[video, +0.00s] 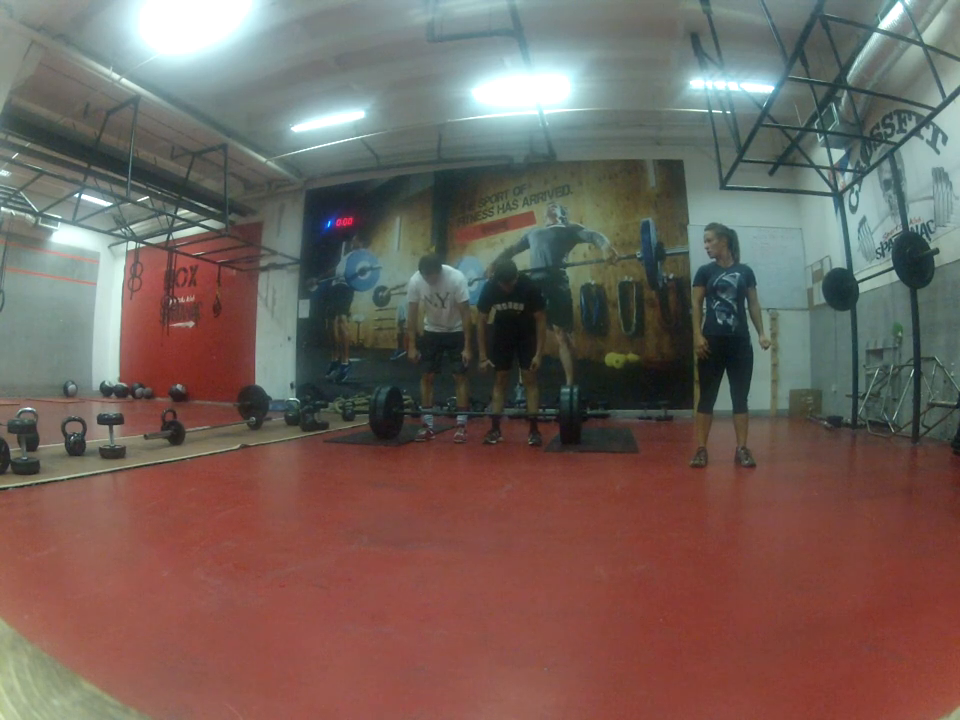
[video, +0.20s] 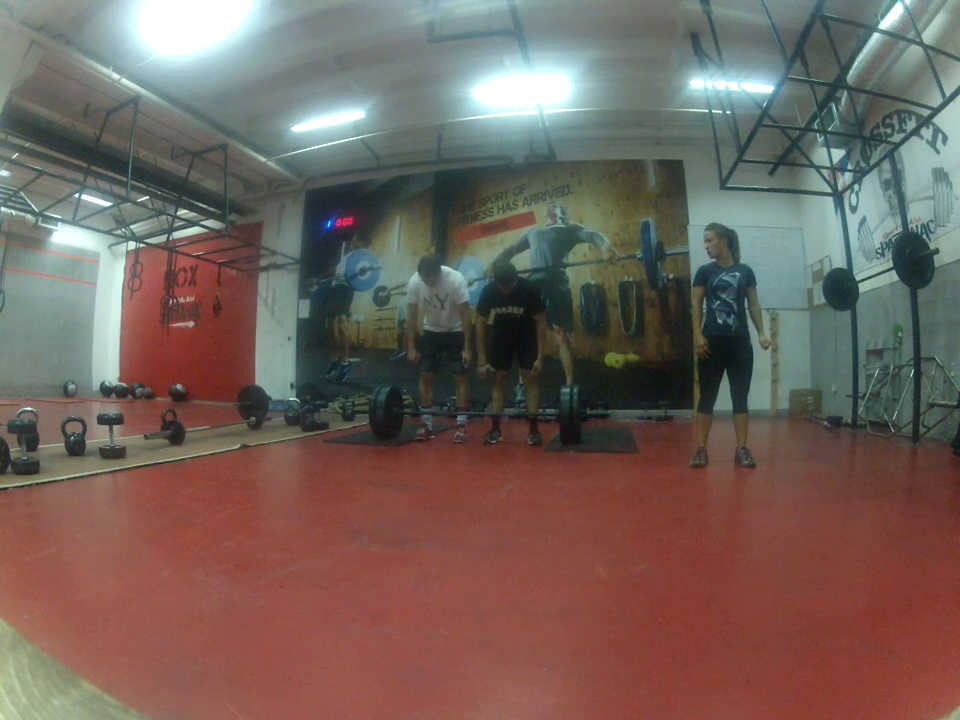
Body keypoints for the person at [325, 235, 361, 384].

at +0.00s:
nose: (353, 243)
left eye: (356, 241)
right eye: (353, 241)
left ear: (361, 243)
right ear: (352, 242)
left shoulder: (360, 256)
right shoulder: (347, 256)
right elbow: (336, 273)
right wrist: (319, 279)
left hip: (346, 288)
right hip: (335, 288)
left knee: (342, 324)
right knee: (334, 324)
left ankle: (345, 362)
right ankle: (335, 361)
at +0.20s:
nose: (354, 243)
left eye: (356, 241)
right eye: (354, 240)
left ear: (361, 243)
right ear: (353, 242)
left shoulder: (360, 256)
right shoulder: (348, 257)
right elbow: (335, 272)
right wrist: (318, 279)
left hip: (346, 289)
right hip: (335, 288)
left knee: (342, 326)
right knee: (333, 326)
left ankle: (345, 362)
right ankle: (335, 361)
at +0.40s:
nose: (353, 243)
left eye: (356, 241)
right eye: (354, 240)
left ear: (361, 243)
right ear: (353, 242)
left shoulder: (359, 257)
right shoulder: (347, 257)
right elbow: (336, 272)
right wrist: (318, 279)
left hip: (346, 288)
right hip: (335, 288)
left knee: (342, 325)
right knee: (332, 326)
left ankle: (345, 363)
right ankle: (335, 361)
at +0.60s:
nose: (353, 243)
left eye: (356, 240)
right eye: (353, 240)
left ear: (361, 243)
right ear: (353, 242)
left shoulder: (360, 256)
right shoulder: (347, 256)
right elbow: (336, 272)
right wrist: (318, 278)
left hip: (346, 288)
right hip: (335, 288)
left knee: (342, 326)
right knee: (332, 326)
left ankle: (345, 363)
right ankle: (335, 361)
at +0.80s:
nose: (353, 243)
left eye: (356, 240)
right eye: (353, 240)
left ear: (361, 242)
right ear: (353, 242)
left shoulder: (360, 256)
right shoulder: (348, 256)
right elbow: (336, 272)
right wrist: (319, 278)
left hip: (345, 288)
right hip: (335, 288)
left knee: (342, 325)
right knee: (333, 326)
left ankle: (345, 362)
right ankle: (336, 361)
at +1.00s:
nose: (353, 243)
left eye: (356, 240)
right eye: (353, 240)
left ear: (361, 242)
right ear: (353, 242)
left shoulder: (360, 256)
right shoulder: (348, 256)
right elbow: (336, 272)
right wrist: (318, 279)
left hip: (346, 289)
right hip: (335, 288)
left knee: (342, 325)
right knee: (334, 326)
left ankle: (345, 363)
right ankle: (336, 361)